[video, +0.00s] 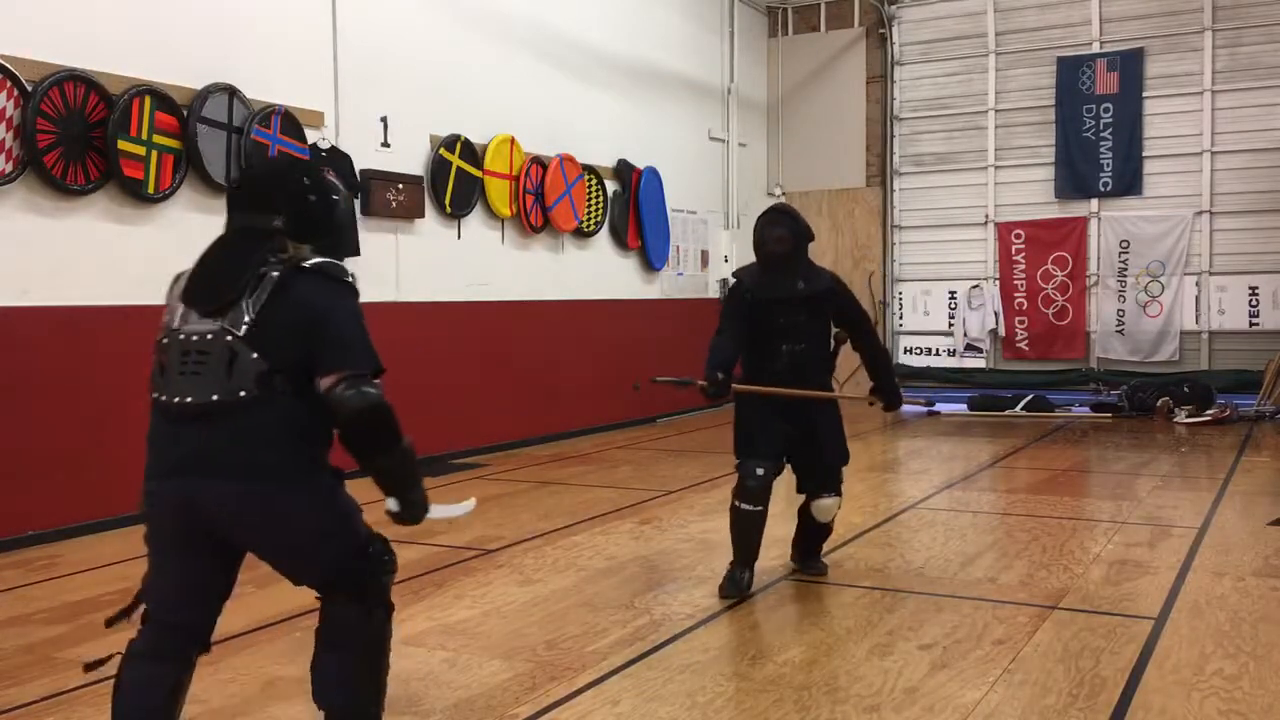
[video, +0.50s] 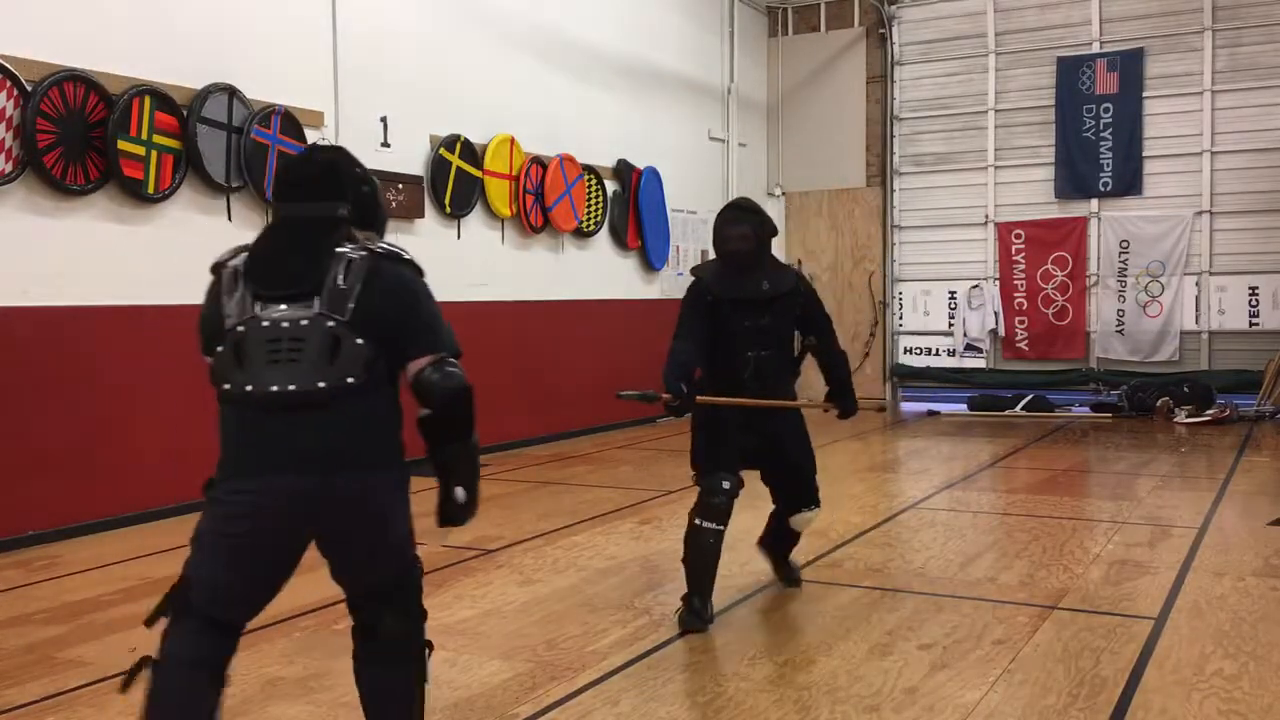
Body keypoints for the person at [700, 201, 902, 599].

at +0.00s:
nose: (775, 245)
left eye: (783, 237)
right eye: (767, 237)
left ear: (801, 239)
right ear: (756, 241)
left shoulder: (823, 285)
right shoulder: (746, 287)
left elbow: (862, 332)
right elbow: (728, 334)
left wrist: (886, 382)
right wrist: (717, 370)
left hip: (813, 402)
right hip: (760, 401)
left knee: (826, 495)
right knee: (752, 484)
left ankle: (806, 552)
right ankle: (742, 565)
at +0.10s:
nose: (773, 244)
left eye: (782, 236)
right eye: (765, 236)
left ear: (800, 239)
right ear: (754, 242)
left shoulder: (822, 286)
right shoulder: (745, 288)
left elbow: (861, 334)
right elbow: (728, 335)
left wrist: (885, 384)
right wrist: (716, 373)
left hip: (811, 404)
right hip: (756, 403)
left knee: (822, 496)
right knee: (745, 484)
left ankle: (806, 554)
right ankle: (740, 572)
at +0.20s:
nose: (767, 246)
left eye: (775, 237)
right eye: (759, 238)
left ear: (793, 238)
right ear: (748, 241)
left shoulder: (817, 284)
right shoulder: (738, 286)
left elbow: (855, 333)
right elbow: (720, 335)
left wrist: (879, 382)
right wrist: (709, 372)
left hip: (806, 403)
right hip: (750, 402)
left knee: (815, 488)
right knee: (737, 483)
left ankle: (807, 553)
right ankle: (722, 575)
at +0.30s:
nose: (757, 242)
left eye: (765, 232)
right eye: (748, 233)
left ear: (783, 233)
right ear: (737, 237)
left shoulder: (808, 280)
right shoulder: (728, 283)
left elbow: (845, 331)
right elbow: (707, 333)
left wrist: (869, 382)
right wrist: (697, 375)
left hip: (794, 403)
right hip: (739, 403)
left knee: (807, 487)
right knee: (727, 490)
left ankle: (807, 551)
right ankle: (707, 585)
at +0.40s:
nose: (743, 245)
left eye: (752, 236)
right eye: (735, 236)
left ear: (771, 235)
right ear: (724, 237)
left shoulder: (796, 280)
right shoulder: (714, 282)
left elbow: (834, 331)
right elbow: (694, 335)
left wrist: (857, 383)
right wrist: (683, 376)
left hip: (783, 404)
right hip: (725, 403)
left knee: (807, 497)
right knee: (718, 493)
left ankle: (798, 537)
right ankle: (705, 595)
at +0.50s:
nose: (737, 251)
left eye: (745, 241)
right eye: (728, 242)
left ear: (764, 240)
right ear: (716, 243)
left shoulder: (790, 285)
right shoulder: (707, 287)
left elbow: (823, 338)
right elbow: (686, 341)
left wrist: (842, 390)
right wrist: (676, 382)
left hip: (776, 407)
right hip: (719, 406)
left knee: (802, 502)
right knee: (716, 494)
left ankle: (776, 546)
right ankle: (698, 597)